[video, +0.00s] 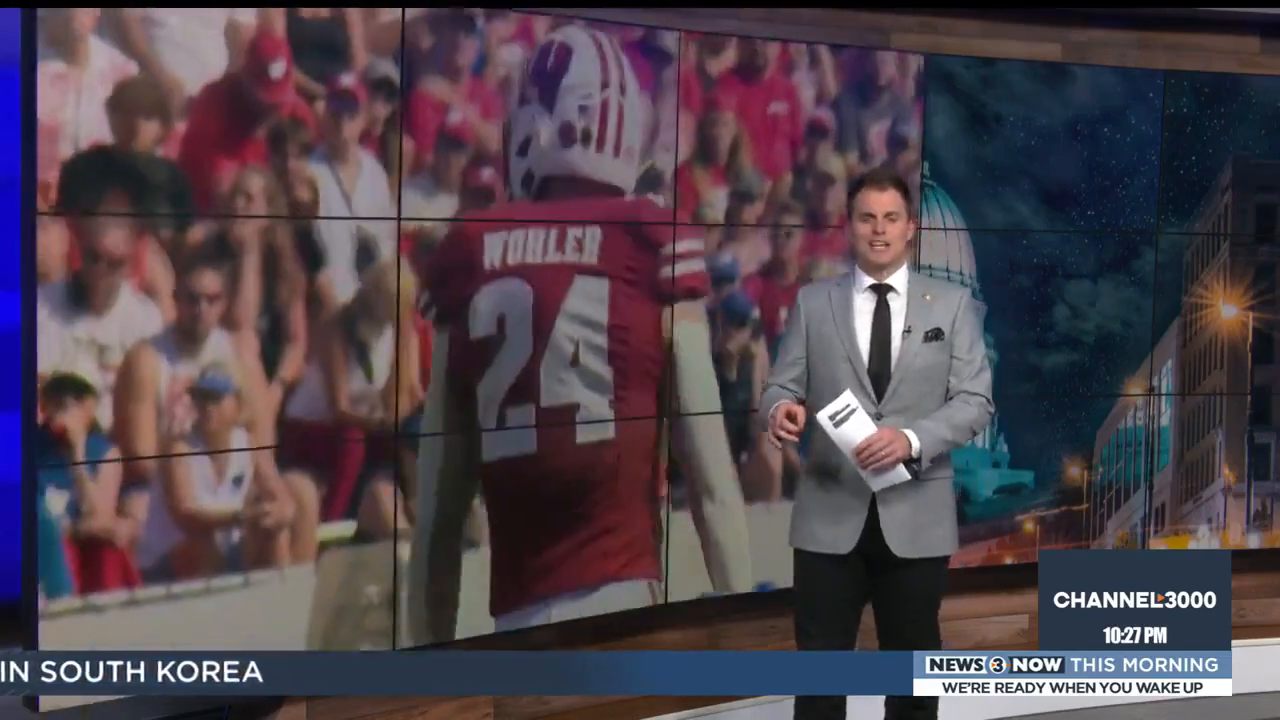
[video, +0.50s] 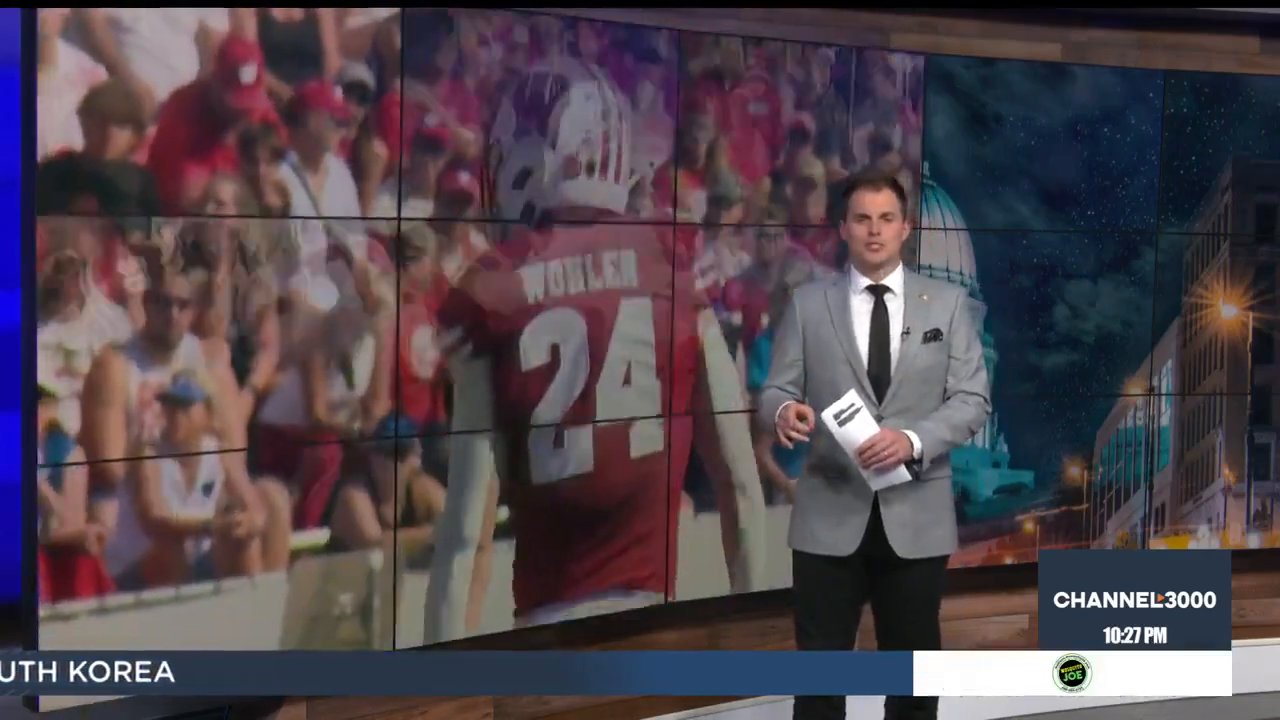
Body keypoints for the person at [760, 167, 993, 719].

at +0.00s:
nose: (878, 229)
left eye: (891, 217)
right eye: (866, 217)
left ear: (912, 227)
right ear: (850, 226)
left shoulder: (953, 304)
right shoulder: (813, 302)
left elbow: (974, 405)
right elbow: (782, 388)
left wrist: (912, 439)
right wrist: (779, 411)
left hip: (915, 517)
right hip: (828, 515)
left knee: (913, 672)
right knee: (819, 672)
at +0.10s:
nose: (876, 229)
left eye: (889, 218)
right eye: (864, 219)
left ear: (909, 227)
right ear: (847, 228)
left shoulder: (952, 304)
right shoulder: (811, 301)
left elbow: (973, 405)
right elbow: (778, 389)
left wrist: (911, 437)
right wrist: (778, 410)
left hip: (914, 515)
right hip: (827, 514)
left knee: (914, 672)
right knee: (819, 672)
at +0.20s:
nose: (875, 229)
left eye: (888, 218)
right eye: (863, 218)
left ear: (908, 227)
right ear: (846, 228)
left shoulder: (950, 304)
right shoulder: (810, 303)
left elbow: (971, 404)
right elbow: (777, 390)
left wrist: (911, 437)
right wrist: (779, 411)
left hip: (914, 515)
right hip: (827, 514)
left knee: (914, 673)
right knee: (818, 672)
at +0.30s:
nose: (875, 229)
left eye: (888, 218)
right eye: (862, 218)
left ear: (907, 227)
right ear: (844, 228)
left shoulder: (949, 303)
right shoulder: (809, 301)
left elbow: (971, 404)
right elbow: (776, 390)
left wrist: (912, 438)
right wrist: (781, 409)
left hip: (914, 514)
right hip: (828, 513)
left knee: (914, 672)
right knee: (819, 672)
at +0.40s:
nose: (874, 230)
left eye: (887, 218)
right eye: (862, 219)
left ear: (906, 227)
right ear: (843, 228)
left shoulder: (948, 304)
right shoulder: (807, 302)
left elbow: (972, 403)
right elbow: (776, 390)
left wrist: (913, 439)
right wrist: (782, 410)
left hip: (914, 515)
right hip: (828, 515)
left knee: (913, 672)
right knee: (818, 672)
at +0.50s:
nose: (874, 231)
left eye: (887, 219)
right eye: (862, 219)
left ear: (906, 227)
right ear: (843, 228)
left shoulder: (948, 304)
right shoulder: (807, 303)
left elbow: (971, 403)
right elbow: (777, 391)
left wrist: (913, 439)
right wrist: (782, 412)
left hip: (914, 515)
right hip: (828, 515)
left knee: (914, 673)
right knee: (819, 673)